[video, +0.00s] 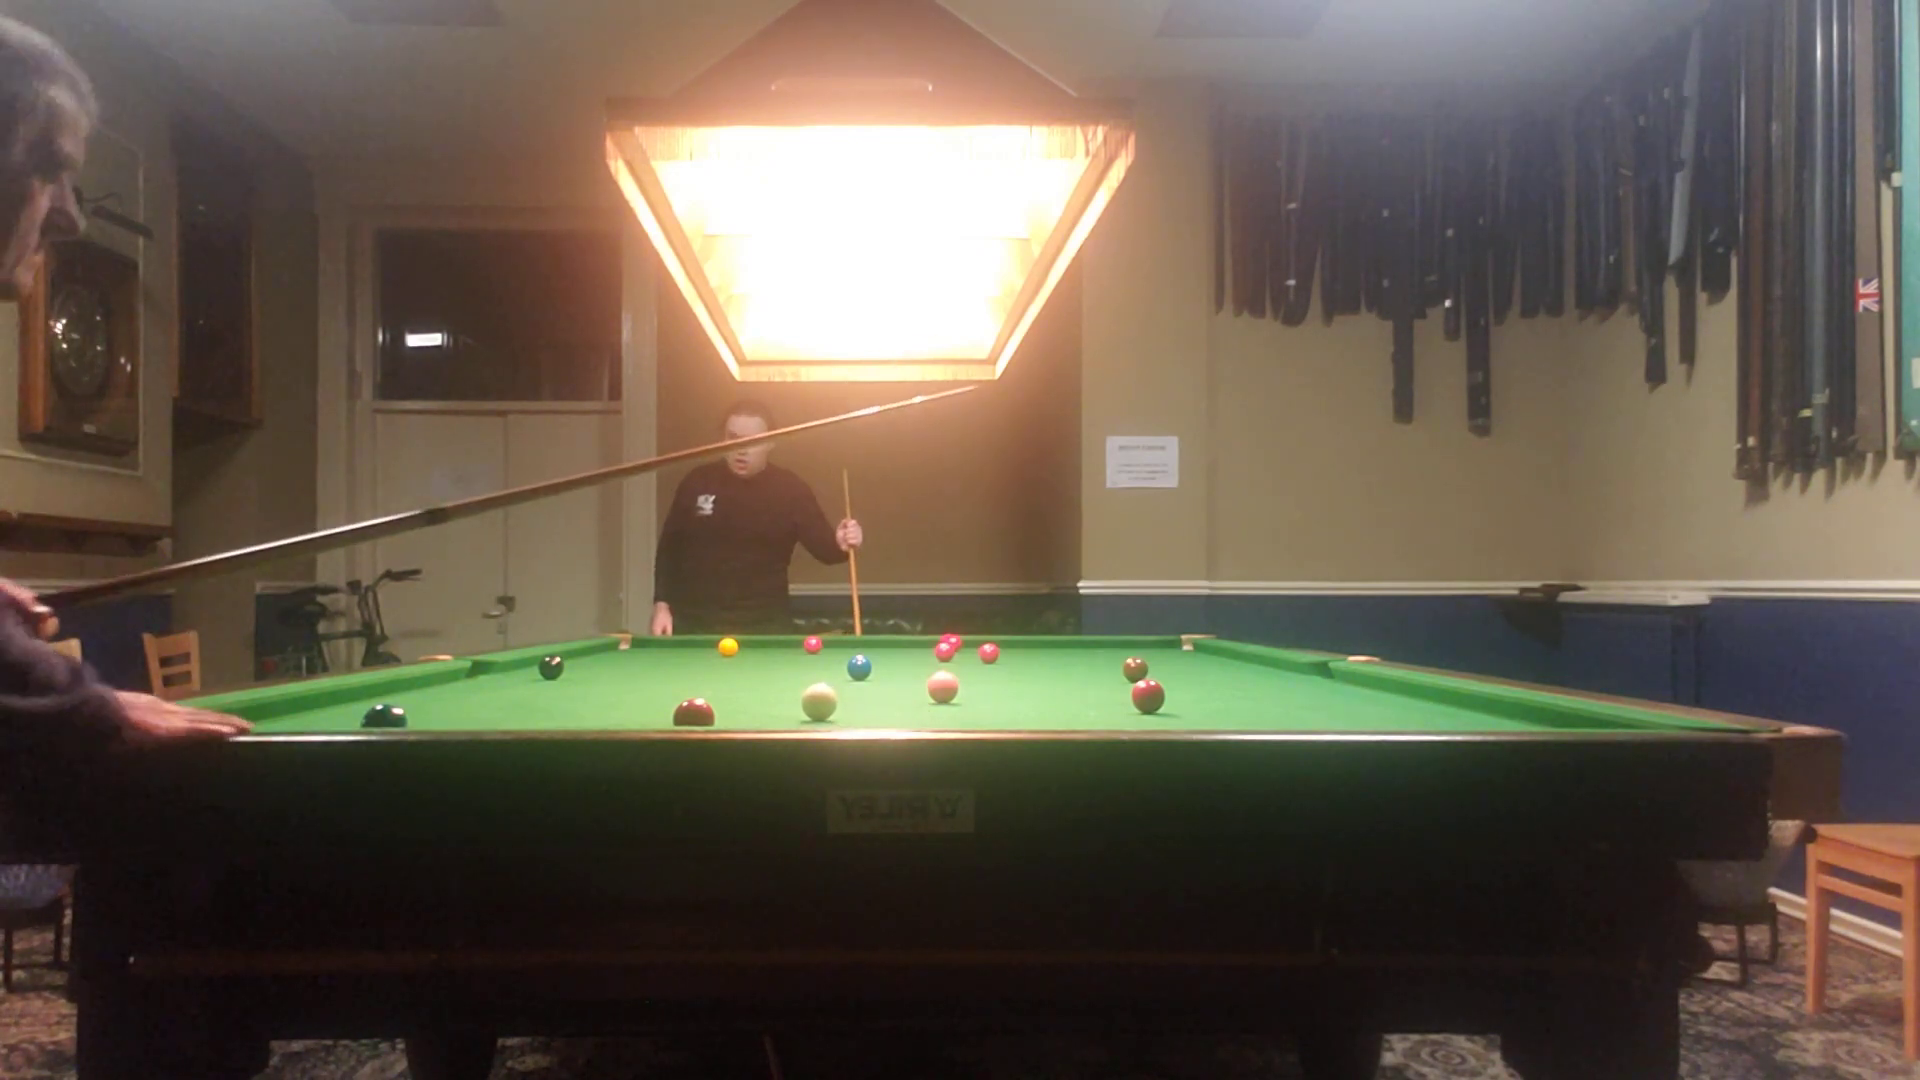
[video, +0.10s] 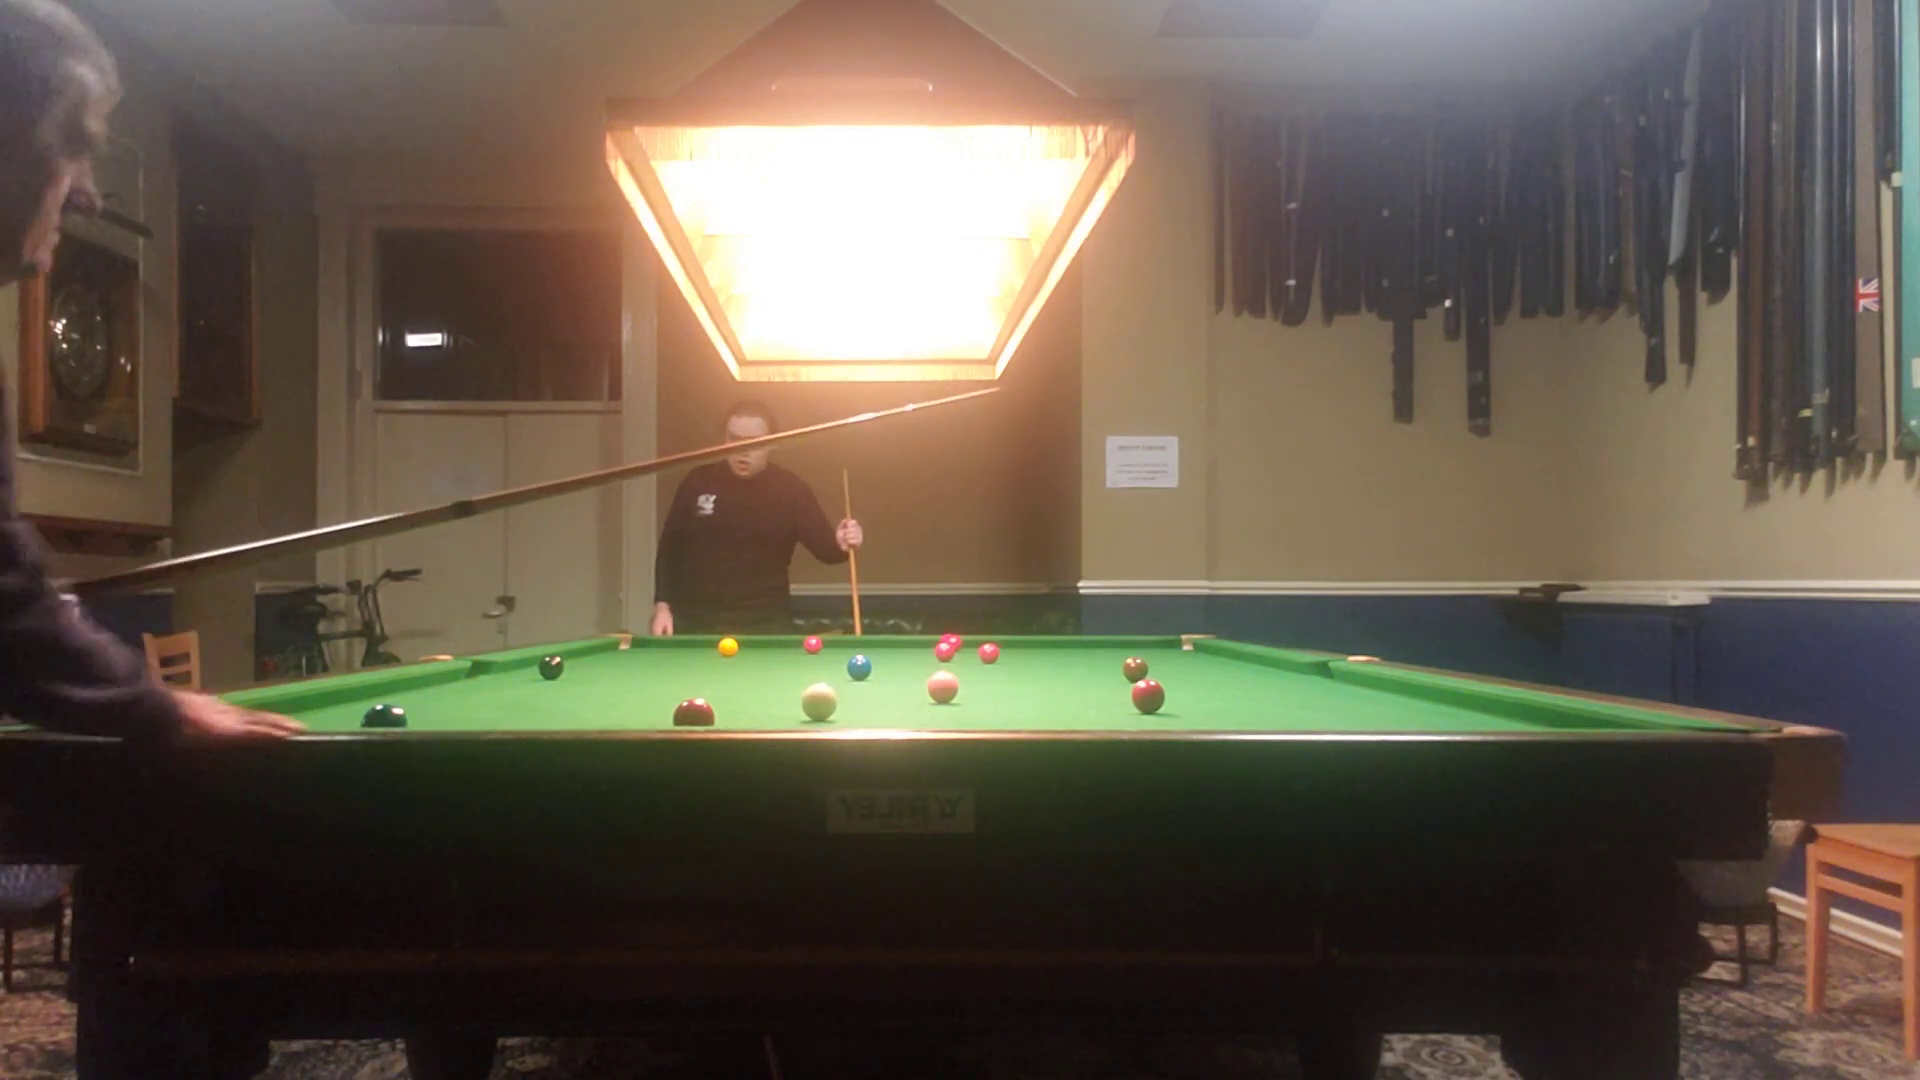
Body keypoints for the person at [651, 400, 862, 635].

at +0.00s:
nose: (741, 450)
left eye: (753, 442)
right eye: (735, 440)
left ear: (770, 444)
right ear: (723, 440)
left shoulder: (789, 489)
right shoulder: (698, 483)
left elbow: (823, 548)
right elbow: (669, 548)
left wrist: (840, 543)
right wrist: (662, 604)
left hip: (766, 632)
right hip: (697, 630)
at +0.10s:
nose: (743, 451)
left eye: (754, 444)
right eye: (735, 441)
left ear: (771, 445)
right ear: (724, 440)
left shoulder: (790, 489)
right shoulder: (698, 483)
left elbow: (825, 549)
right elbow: (670, 548)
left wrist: (841, 543)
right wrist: (663, 605)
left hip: (766, 631)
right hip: (697, 629)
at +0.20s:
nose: (743, 451)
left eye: (754, 443)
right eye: (735, 441)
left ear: (771, 444)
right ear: (724, 441)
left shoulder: (790, 488)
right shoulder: (698, 482)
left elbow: (825, 549)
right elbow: (670, 548)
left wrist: (841, 543)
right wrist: (663, 605)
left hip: (767, 630)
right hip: (697, 628)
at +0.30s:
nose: (744, 451)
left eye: (755, 442)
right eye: (737, 441)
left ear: (771, 445)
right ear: (725, 442)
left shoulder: (790, 488)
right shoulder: (698, 482)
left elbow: (826, 547)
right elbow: (670, 548)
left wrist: (843, 542)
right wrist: (664, 605)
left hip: (769, 629)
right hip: (699, 628)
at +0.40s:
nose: (746, 450)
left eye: (757, 442)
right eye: (738, 440)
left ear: (772, 444)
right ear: (725, 440)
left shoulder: (791, 488)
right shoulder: (698, 484)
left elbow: (825, 542)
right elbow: (670, 549)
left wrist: (845, 542)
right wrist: (664, 604)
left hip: (771, 628)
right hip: (700, 627)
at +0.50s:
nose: (749, 449)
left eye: (760, 441)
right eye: (741, 439)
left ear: (774, 444)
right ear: (727, 439)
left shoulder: (791, 487)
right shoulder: (697, 489)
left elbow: (829, 539)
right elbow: (670, 556)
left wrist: (851, 544)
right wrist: (666, 605)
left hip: (774, 632)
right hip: (704, 632)